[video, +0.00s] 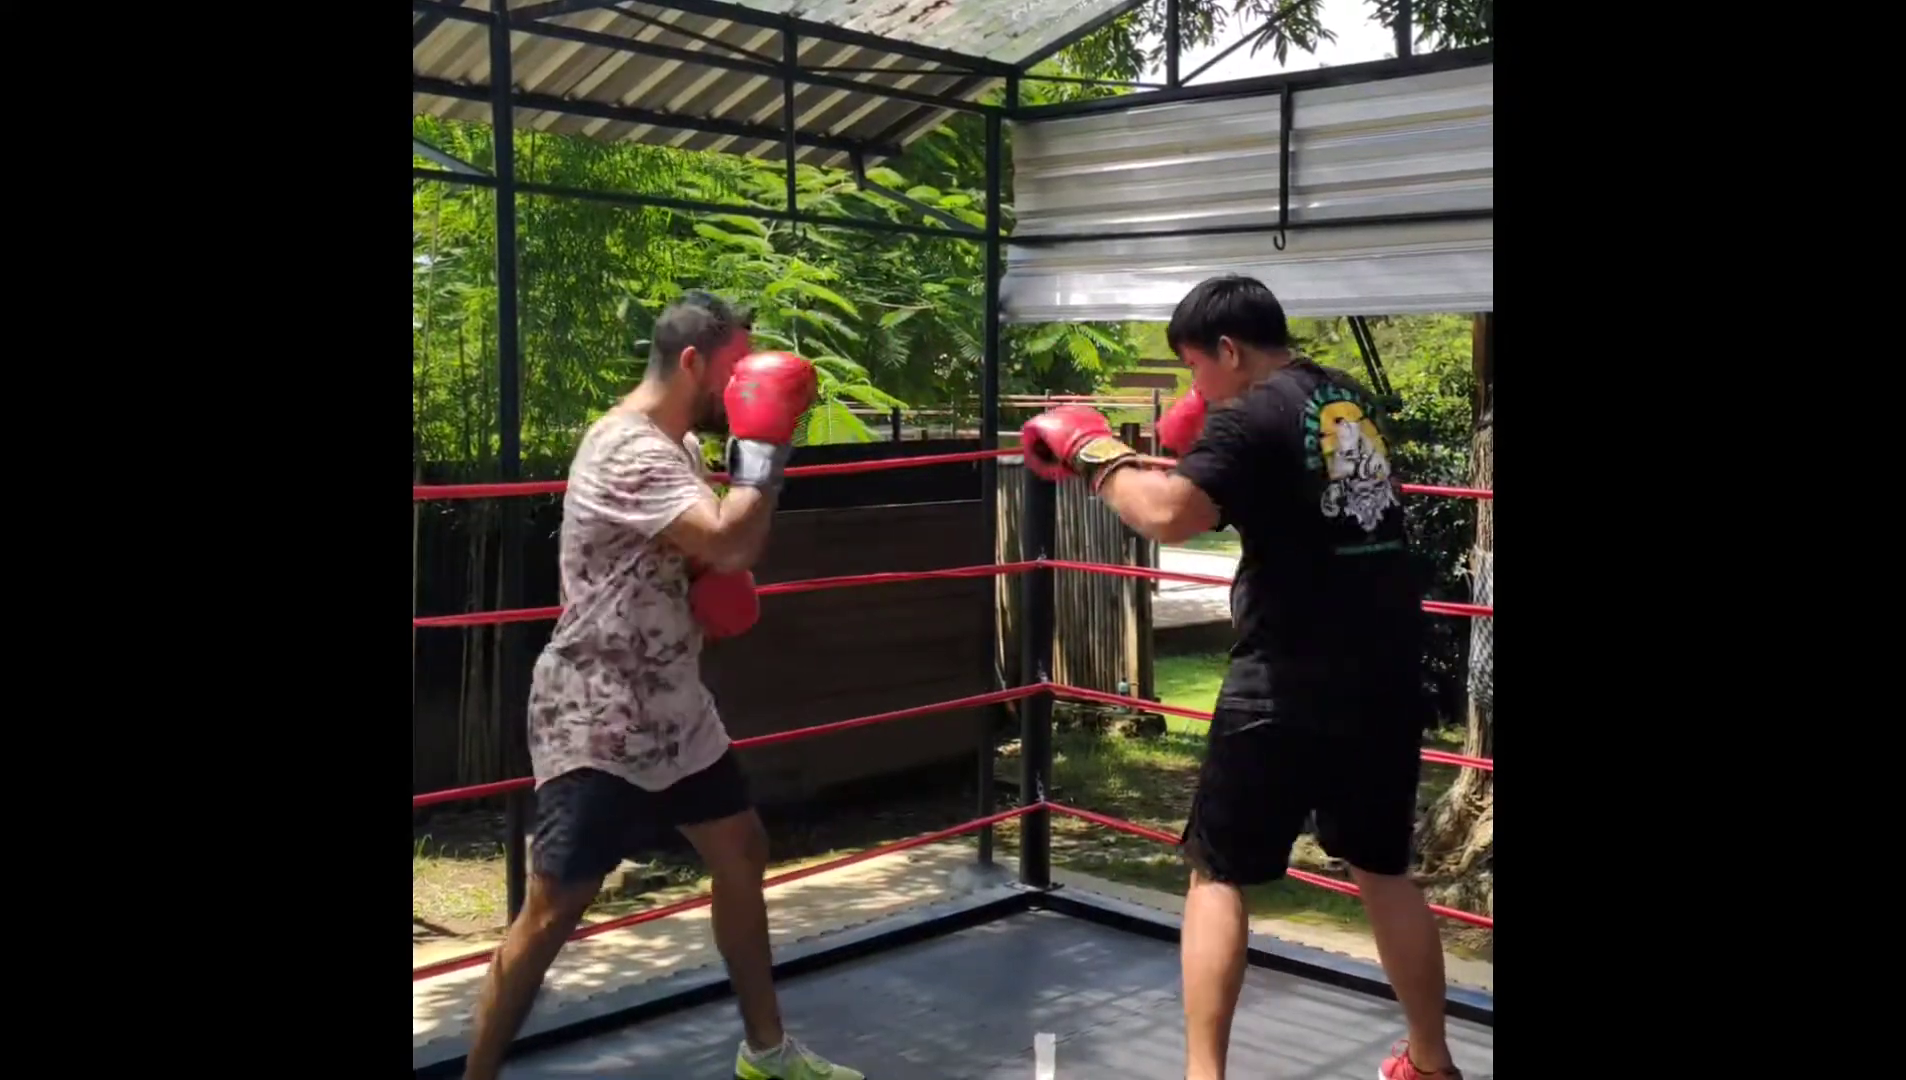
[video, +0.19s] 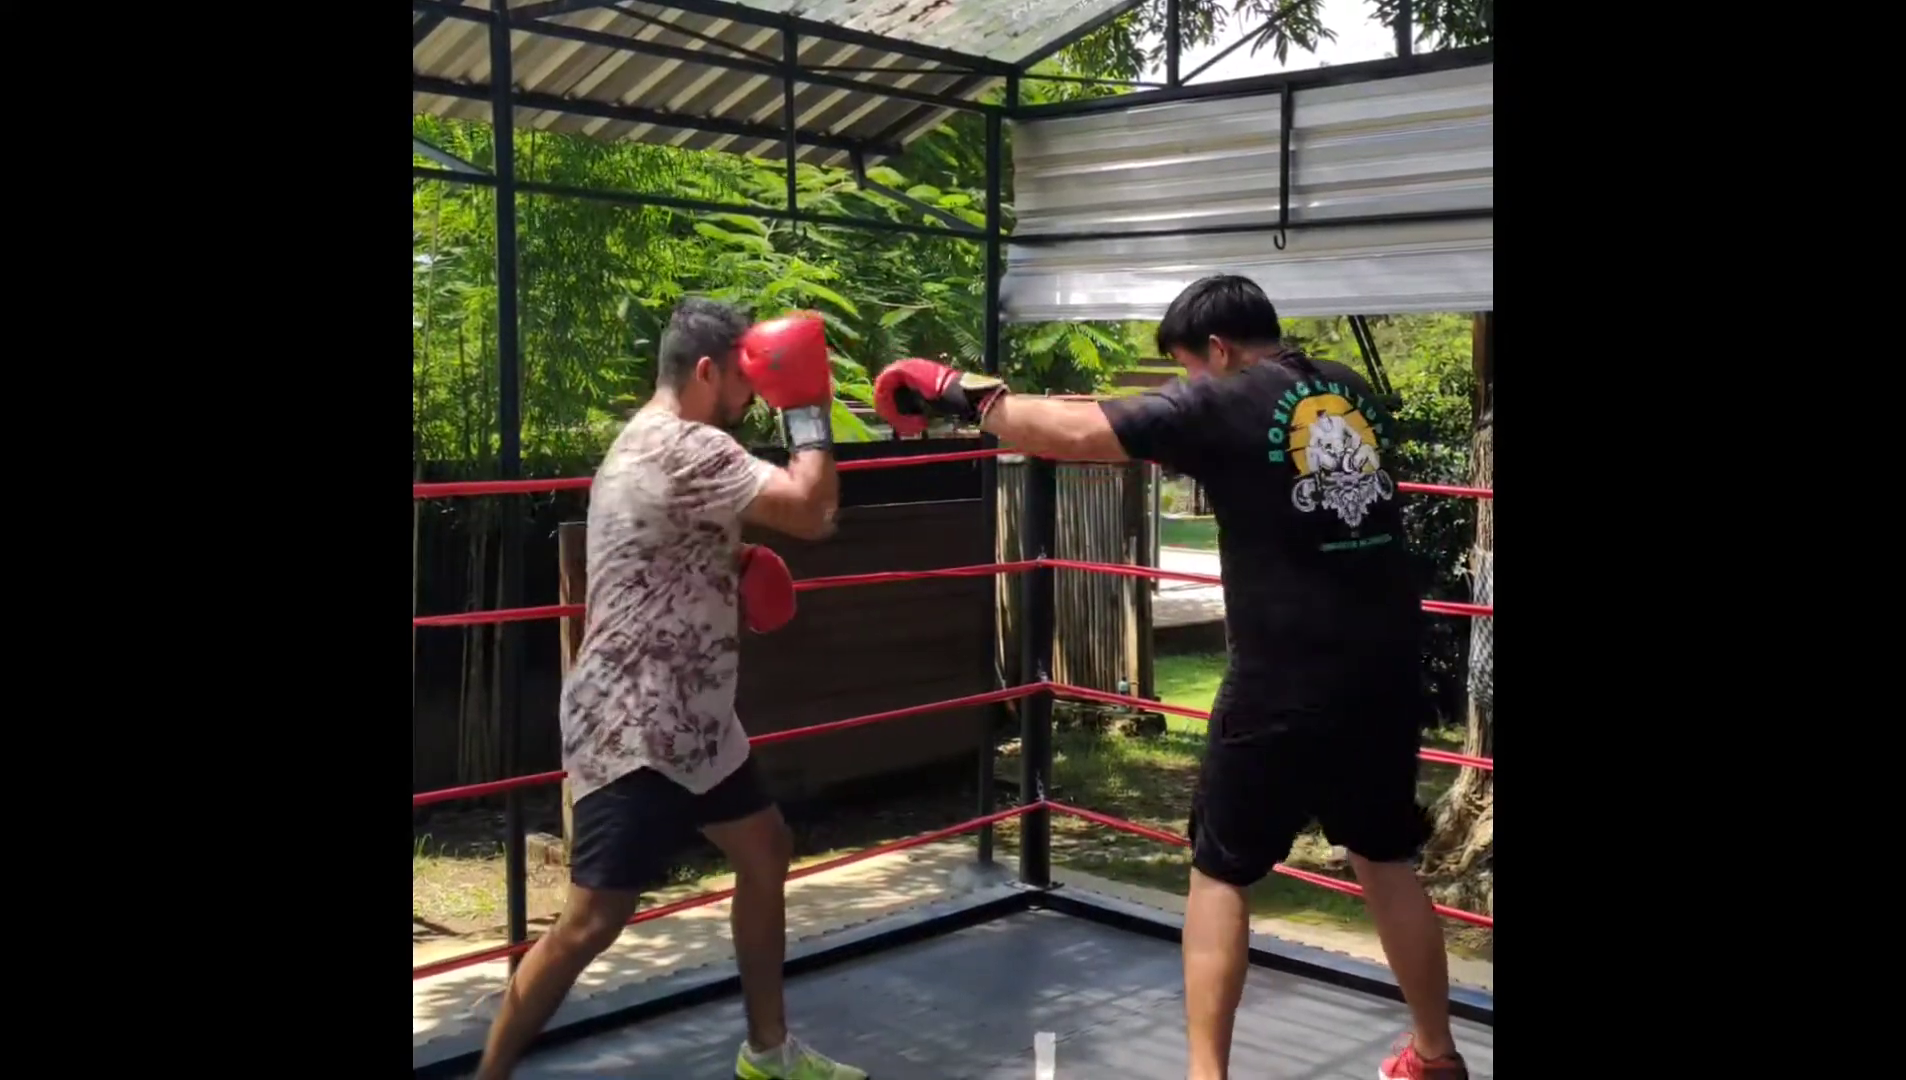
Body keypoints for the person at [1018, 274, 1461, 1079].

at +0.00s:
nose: (1193, 387)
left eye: (1191, 367)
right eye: (1187, 371)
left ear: (1230, 350)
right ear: (1274, 342)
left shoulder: (1254, 416)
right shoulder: (1346, 397)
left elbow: (1168, 512)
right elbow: (1290, 490)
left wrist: (1094, 453)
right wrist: (1203, 446)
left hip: (1281, 685)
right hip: (1385, 681)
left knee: (1218, 872)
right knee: (1387, 870)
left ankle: (1204, 1070)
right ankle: (1432, 1059)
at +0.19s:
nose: (1186, 379)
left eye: (1186, 364)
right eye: (1181, 367)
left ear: (1219, 349)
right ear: (1270, 340)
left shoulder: (1224, 405)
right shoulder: (1344, 391)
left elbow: (1072, 432)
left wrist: (961, 392)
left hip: (1282, 684)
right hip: (1386, 680)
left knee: (1220, 872)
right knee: (1390, 859)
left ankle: (1207, 1068)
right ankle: (1437, 1049)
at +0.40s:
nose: (1208, 386)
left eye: (1209, 367)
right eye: (1201, 371)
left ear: (1251, 346)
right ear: (1273, 343)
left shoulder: (1280, 425)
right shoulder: (1348, 401)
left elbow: (1226, 561)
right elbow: (1294, 532)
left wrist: (1168, 464)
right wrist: (1217, 447)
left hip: (1304, 685)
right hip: (1389, 682)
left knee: (1245, 880)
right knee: (1388, 867)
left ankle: (1227, 1072)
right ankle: (1435, 1059)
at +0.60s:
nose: (1233, 383)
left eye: (1234, 365)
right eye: (1225, 371)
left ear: (1280, 343)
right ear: (1294, 343)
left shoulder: (1313, 420)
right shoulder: (1352, 399)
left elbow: (1260, 558)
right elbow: (1278, 532)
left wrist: (1207, 456)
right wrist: (1226, 447)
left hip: (1329, 688)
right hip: (1393, 683)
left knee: (1277, 883)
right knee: (1389, 871)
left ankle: (1256, 1071)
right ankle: (1435, 1060)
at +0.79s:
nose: (1235, 380)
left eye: (1236, 362)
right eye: (1228, 367)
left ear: (1281, 341)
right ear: (1297, 339)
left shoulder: (1319, 420)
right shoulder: (1357, 398)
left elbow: (1264, 559)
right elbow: (1280, 535)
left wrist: (1215, 453)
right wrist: (1232, 446)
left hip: (1331, 691)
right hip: (1392, 685)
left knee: (1278, 886)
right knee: (1387, 869)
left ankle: (1256, 1072)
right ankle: (1435, 1060)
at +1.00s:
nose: (1228, 385)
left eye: (1226, 368)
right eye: (1220, 372)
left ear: (1261, 351)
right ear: (1296, 343)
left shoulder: (1304, 423)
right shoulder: (1366, 400)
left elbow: (1229, 546)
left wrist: (1194, 439)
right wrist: (1231, 433)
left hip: (1317, 682)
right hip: (1402, 681)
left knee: (1240, 870)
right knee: (1385, 864)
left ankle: (1233, 1070)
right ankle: (1434, 1058)